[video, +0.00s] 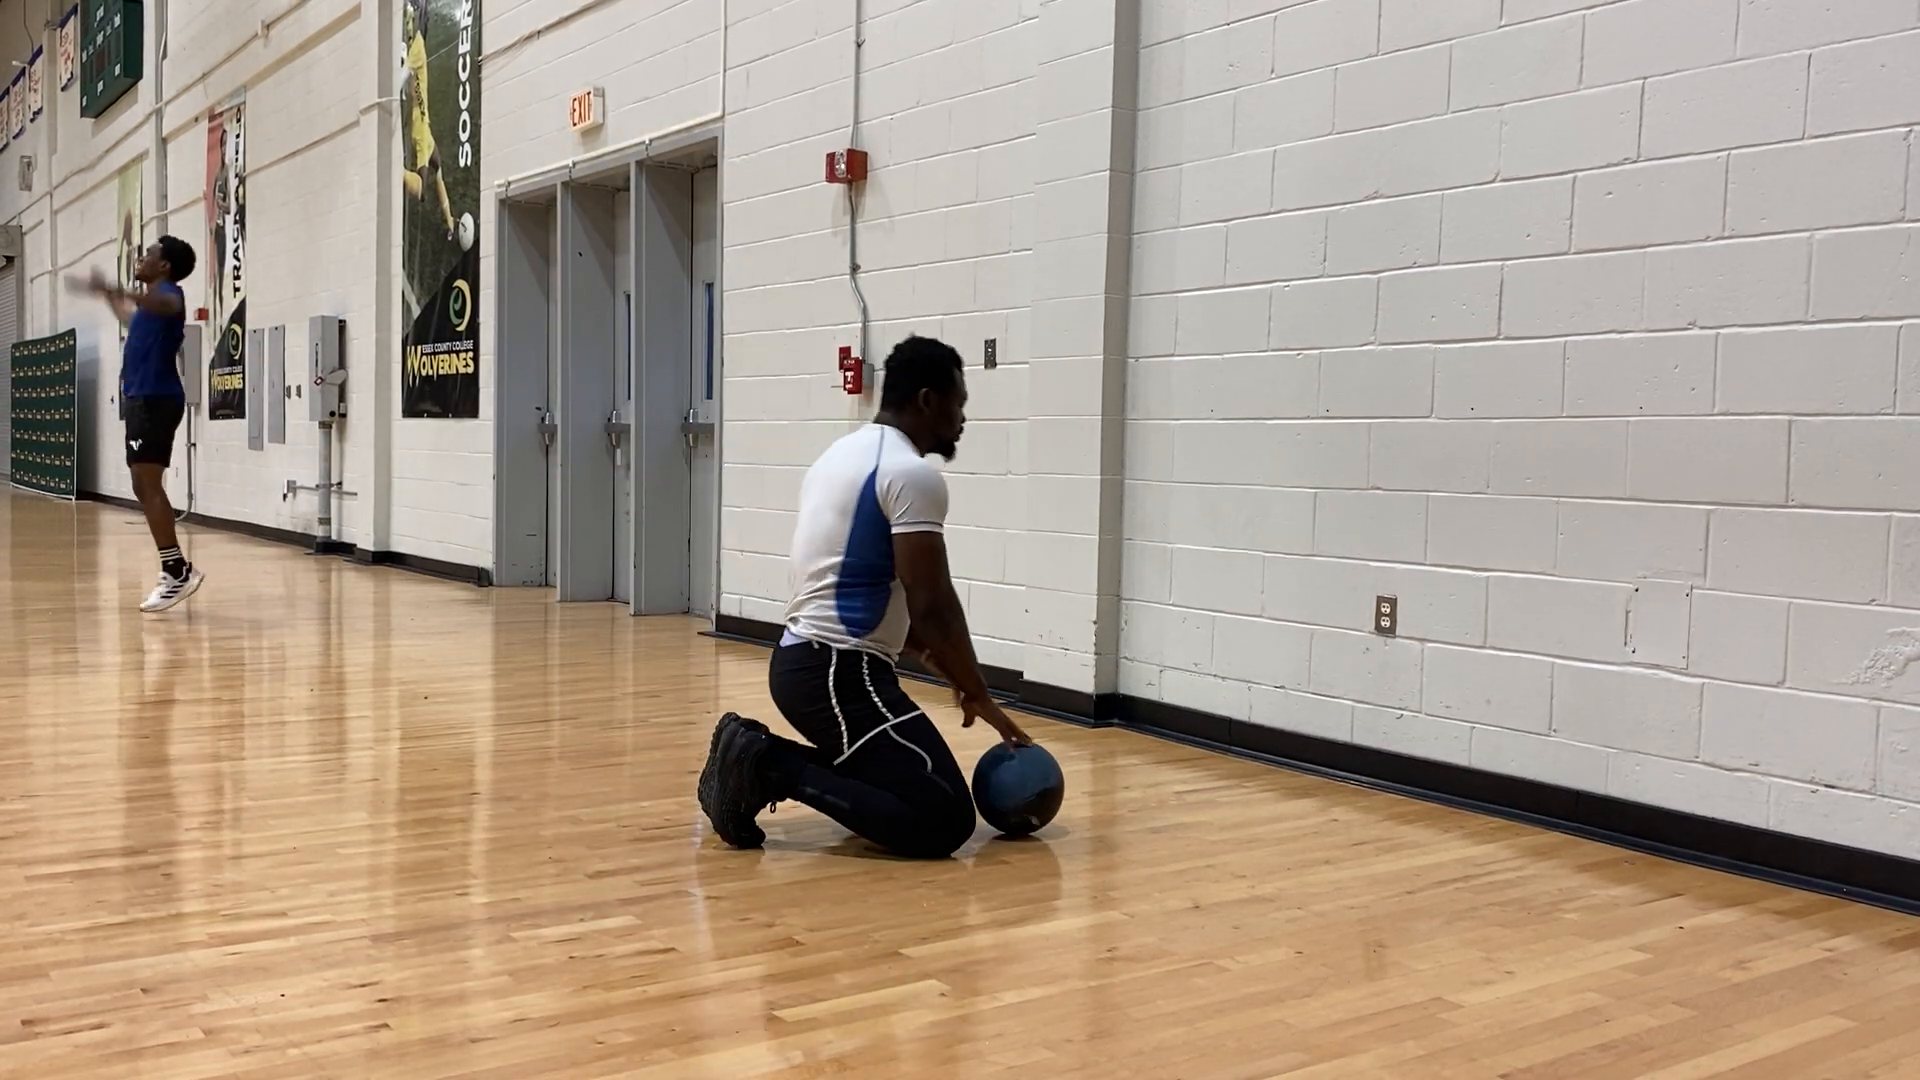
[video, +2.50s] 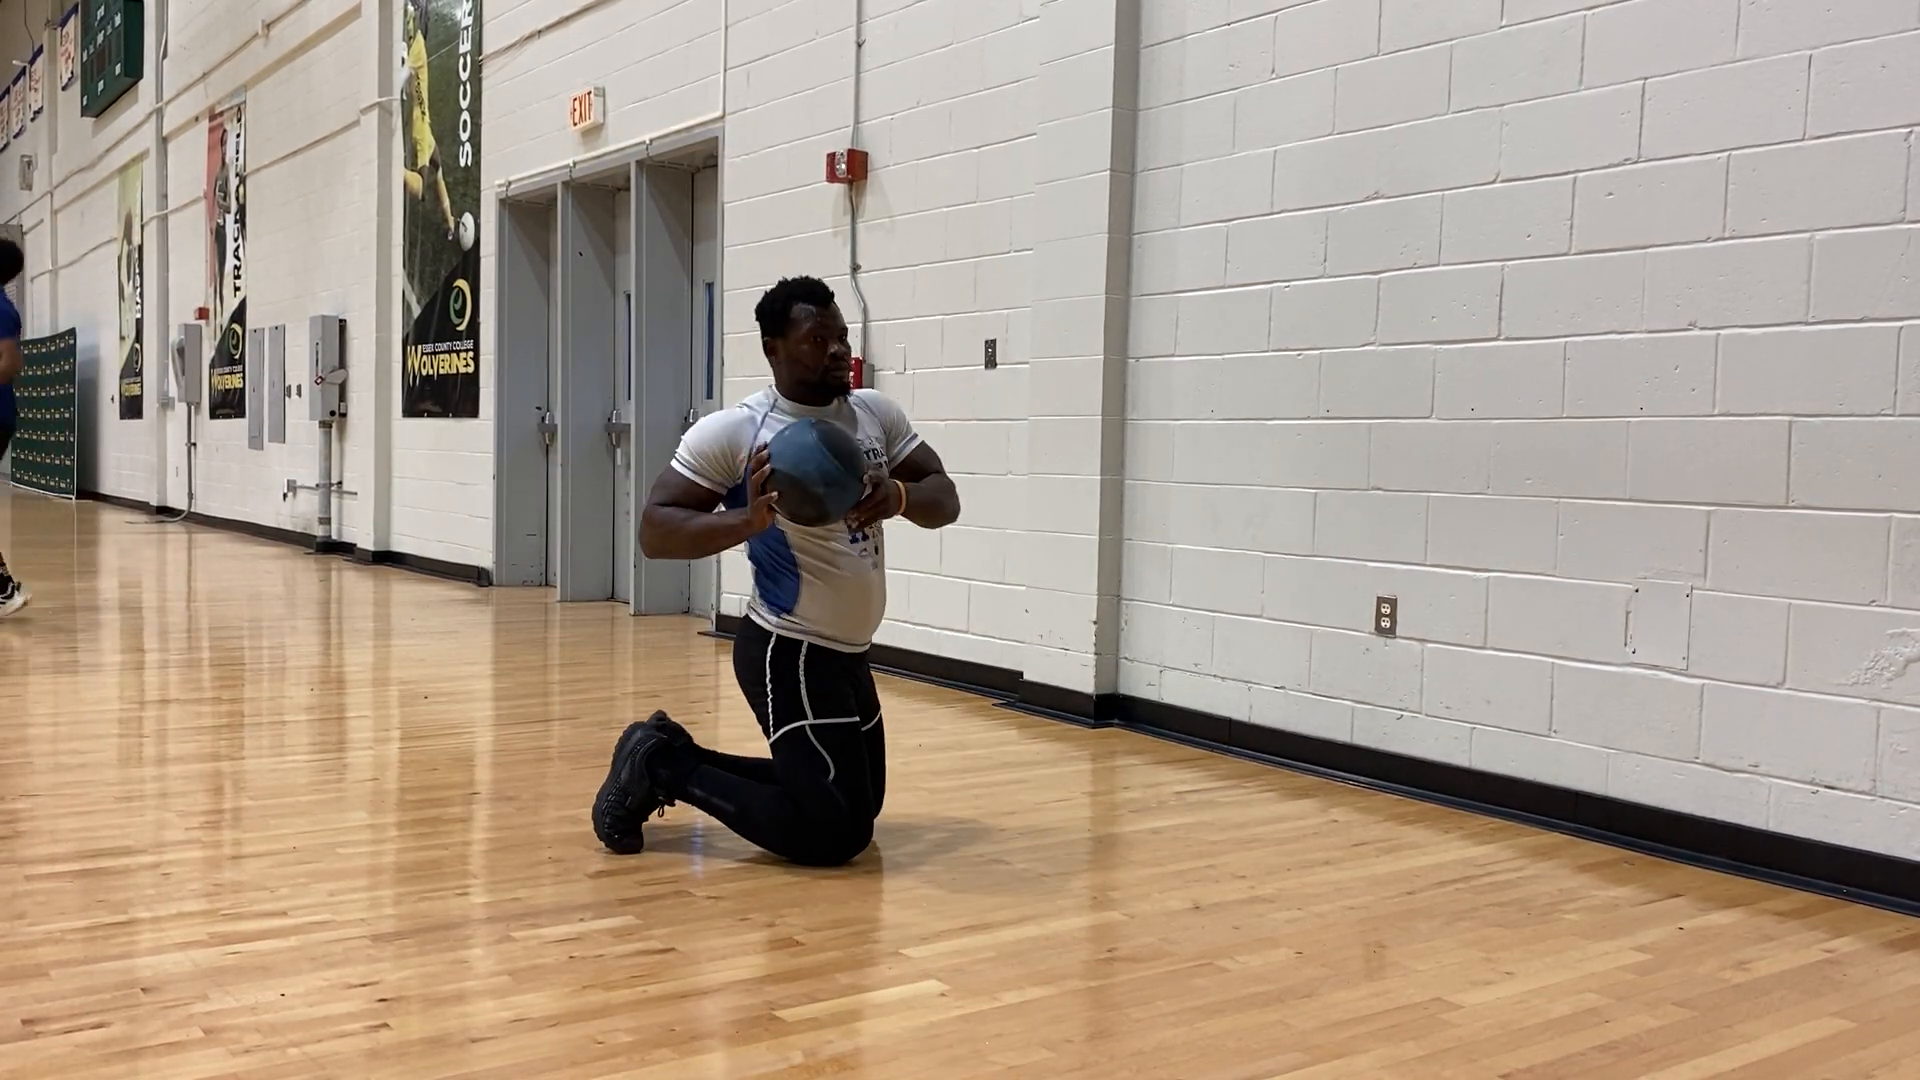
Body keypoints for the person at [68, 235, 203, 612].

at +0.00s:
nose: (142, 257)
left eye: (149, 254)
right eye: (146, 252)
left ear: (164, 264)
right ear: (163, 265)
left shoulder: (168, 292)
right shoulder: (151, 300)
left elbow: (165, 306)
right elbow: (129, 318)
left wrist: (112, 291)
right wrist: (107, 295)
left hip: (155, 399)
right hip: (143, 399)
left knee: (147, 487)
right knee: (146, 487)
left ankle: (176, 573)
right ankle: (177, 570)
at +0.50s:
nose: (98, 254)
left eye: (106, 250)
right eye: (102, 249)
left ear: (121, 262)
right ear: (117, 262)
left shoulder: (124, 291)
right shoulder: (109, 296)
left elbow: (135, 322)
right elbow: (101, 336)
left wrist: (102, 320)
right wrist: (65, 328)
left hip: (116, 397)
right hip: (103, 397)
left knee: (101, 486)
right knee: (96, 488)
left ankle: (126, 577)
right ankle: (128, 572)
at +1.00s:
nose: (57, 262)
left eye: (66, 258)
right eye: (60, 257)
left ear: (81, 266)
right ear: (66, 269)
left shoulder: (88, 296)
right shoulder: (68, 298)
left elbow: (103, 271)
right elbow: (53, 271)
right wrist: (45, 228)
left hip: (82, 405)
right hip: (67, 405)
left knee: (67, 494)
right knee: (65, 494)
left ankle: (95, 583)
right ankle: (94, 581)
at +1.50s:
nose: (17, 274)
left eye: (26, 269)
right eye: (21, 268)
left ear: (44, 281)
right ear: (41, 282)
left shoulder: (49, 319)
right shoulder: (32, 319)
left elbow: (65, 380)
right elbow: (37, 378)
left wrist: (39, 423)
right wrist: (15, 410)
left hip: (50, 424)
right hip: (35, 422)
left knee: (16, 505)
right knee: (15, 505)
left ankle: (60, 591)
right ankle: (58, 589)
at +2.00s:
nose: (9, 273)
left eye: (16, 269)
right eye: (14, 269)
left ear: (22, 280)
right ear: (23, 282)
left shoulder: (15, 308)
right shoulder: (15, 311)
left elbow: (11, 263)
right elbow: (13, 261)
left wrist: (4, 221)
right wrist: (7, 223)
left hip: (19, 420)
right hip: (17, 419)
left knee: (5, 510)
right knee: (5, 510)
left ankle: (43, 591)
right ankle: (40, 590)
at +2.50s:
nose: (14, 279)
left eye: (11, 267)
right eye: (14, 270)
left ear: (2, 269)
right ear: (12, 271)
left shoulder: (6, 310)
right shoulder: (6, 310)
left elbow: (11, 363)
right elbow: (11, 363)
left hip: (2, 418)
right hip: (3, 417)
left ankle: (3, 582)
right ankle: (2, 581)